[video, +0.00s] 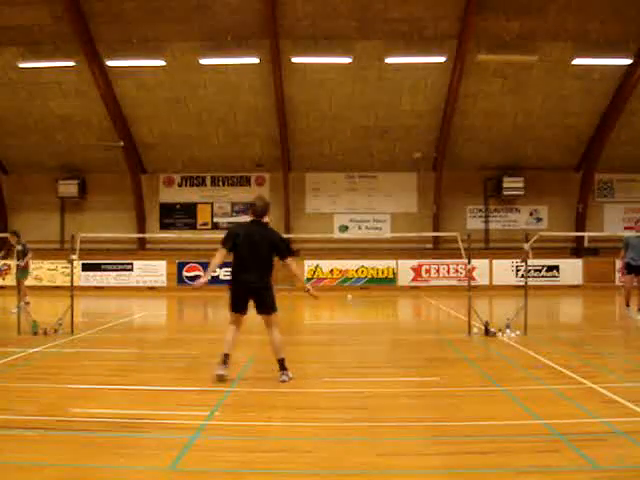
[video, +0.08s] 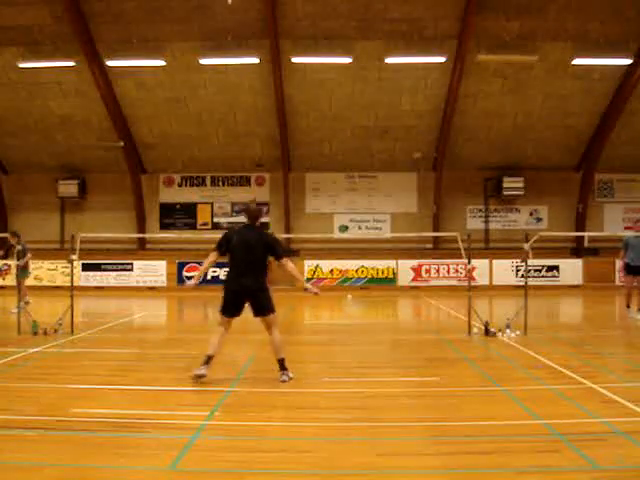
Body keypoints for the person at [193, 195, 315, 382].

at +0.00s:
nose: (267, 215)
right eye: (268, 213)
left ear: (250, 212)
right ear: (267, 214)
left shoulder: (236, 231)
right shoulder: (273, 235)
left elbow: (220, 254)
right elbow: (290, 263)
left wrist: (207, 275)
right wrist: (305, 285)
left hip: (239, 285)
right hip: (262, 286)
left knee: (234, 323)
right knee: (272, 326)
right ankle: (283, 369)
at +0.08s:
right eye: (260, 215)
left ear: (245, 217)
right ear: (260, 218)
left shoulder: (232, 235)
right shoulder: (266, 237)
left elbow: (213, 256)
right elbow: (286, 263)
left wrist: (197, 276)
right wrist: (304, 283)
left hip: (234, 287)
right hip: (258, 287)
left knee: (223, 326)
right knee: (272, 327)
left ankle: (205, 365)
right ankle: (283, 370)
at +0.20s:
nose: (248, 226)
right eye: (248, 223)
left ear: (231, 224)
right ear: (246, 224)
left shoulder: (217, 242)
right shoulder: (250, 243)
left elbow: (196, 266)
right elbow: (267, 264)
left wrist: (184, 283)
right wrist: (288, 281)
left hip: (217, 292)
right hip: (242, 293)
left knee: (200, 332)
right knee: (261, 330)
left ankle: (182, 374)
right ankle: (282, 370)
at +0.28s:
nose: (246, 227)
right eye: (245, 225)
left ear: (227, 225)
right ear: (242, 226)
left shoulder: (213, 244)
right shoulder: (246, 244)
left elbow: (190, 268)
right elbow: (262, 264)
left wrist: (182, 285)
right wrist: (282, 282)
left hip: (212, 292)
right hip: (236, 293)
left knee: (196, 333)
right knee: (257, 331)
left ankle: (181, 374)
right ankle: (281, 369)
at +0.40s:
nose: (234, 231)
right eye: (233, 228)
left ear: (215, 230)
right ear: (231, 230)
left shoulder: (204, 247)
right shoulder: (234, 248)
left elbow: (182, 270)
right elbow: (247, 272)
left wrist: (181, 288)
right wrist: (260, 290)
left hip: (199, 289)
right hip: (224, 290)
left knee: (179, 325)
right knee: (247, 329)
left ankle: (170, 363)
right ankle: (267, 370)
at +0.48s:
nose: (222, 240)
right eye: (222, 238)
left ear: (208, 239)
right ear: (223, 240)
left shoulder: (195, 257)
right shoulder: (227, 259)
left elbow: (179, 282)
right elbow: (244, 284)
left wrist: (181, 297)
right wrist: (253, 304)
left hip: (192, 297)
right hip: (217, 299)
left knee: (168, 330)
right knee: (241, 334)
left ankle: (147, 370)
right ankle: (255, 375)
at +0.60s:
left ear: (197, 255)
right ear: (213, 256)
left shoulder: (186, 272)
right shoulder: (218, 275)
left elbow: (168, 298)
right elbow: (239, 301)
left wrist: (160, 318)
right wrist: (239, 319)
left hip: (184, 310)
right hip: (208, 312)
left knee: (158, 336)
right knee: (237, 338)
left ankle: (141, 374)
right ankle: (254, 377)